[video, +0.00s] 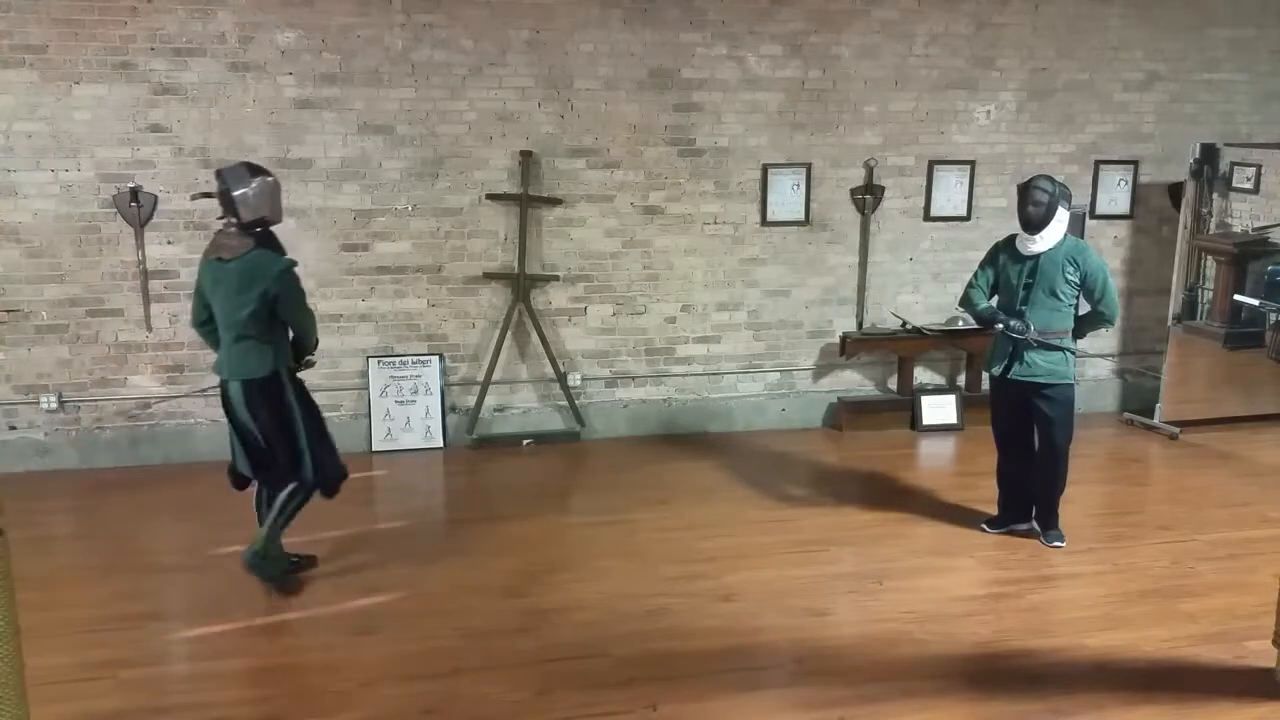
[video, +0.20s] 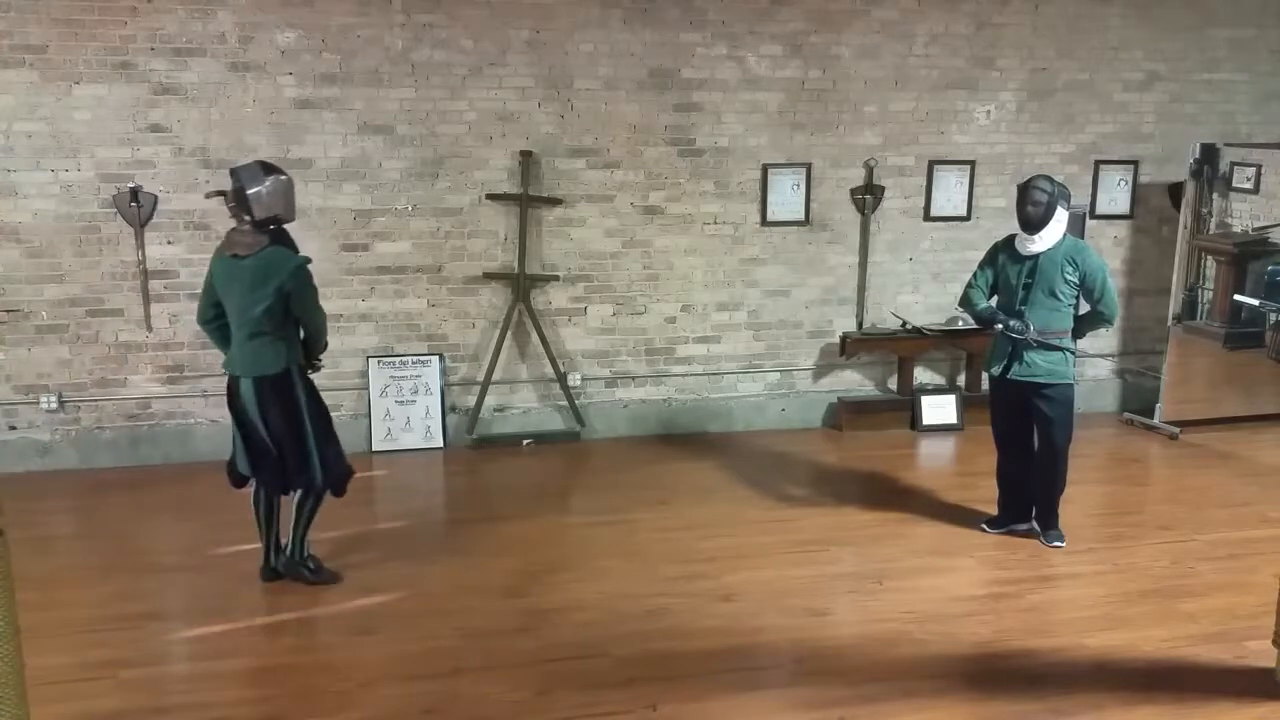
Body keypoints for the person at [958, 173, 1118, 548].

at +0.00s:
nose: (1028, 209)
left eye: (1037, 203)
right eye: (1024, 202)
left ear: (1058, 207)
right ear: (1019, 204)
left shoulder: (1079, 254)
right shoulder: (1004, 250)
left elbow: (1107, 312)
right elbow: (972, 296)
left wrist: (1068, 331)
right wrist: (999, 320)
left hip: (1052, 372)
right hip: (1006, 370)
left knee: (1053, 453)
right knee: (1011, 449)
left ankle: (1048, 522)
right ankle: (1013, 515)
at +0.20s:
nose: (1027, 209)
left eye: (1035, 203)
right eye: (1023, 202)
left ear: (1056, 207)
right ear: (1017, 203)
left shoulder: (1078, 254)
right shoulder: (1003, 250)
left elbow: (1106, 312)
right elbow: (971, 296)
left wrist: (1068, 331)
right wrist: (999, 320)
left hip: (1051, 372)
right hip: (1005, 370)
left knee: (1052, 453)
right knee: (1010, 449)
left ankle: (1048, 523)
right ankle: (1013, 515)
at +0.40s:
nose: (1026, 210)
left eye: (1035, 203)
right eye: (1022, 202)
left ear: (1056, 207)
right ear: (1017, 203)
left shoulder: (1079, 254)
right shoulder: (1003, 250)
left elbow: (1106, 312)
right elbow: (971, 296)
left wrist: (1069, 330)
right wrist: (999, 320)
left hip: (1051, 372)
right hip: (1005, 370)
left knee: (1052, 453)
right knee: (1010, 449)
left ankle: (1049, 522)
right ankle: (1015, 515)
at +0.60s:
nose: (1030, 209)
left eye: (1039, 202)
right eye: (1026, 201)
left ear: (1060, 206)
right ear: (1020, 202)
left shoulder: (1083, 254)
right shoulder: (1006, 249)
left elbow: (1111, 311)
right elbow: (975, 296)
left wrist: (1075, 330)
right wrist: (1002, 320)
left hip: (1055, 371)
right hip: (1009, 369)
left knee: (1056, 453)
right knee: (1014, 449)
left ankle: (1053, 523)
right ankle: (1018, 516)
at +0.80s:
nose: (1027, 210)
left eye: (1036, 203)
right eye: (1024, 202)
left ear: (1057, 207)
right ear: (1018, 203)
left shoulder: (1080, 254)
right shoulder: (1004, 250)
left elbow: (1108, 311)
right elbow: (971, 294)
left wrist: (1073, 330)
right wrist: (987, 314)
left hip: (1052, 370)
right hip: (1006, 368)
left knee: (1052, 451)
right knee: (1011, 448)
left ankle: (1050, 522)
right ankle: (1015, 515)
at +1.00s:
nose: (1027, 210)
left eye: (1036, 205)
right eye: (1023, 203)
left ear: (1056, 209)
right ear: (1017, 204)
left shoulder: (1079, 255)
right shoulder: (1007, 249)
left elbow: (1107, 312)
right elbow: (974, 273)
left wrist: (1069, 330)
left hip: (1050, 368)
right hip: (1004, 364)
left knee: (1048, 451)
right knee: (1010, 447)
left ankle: (1047, 521)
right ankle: (1013, 515)